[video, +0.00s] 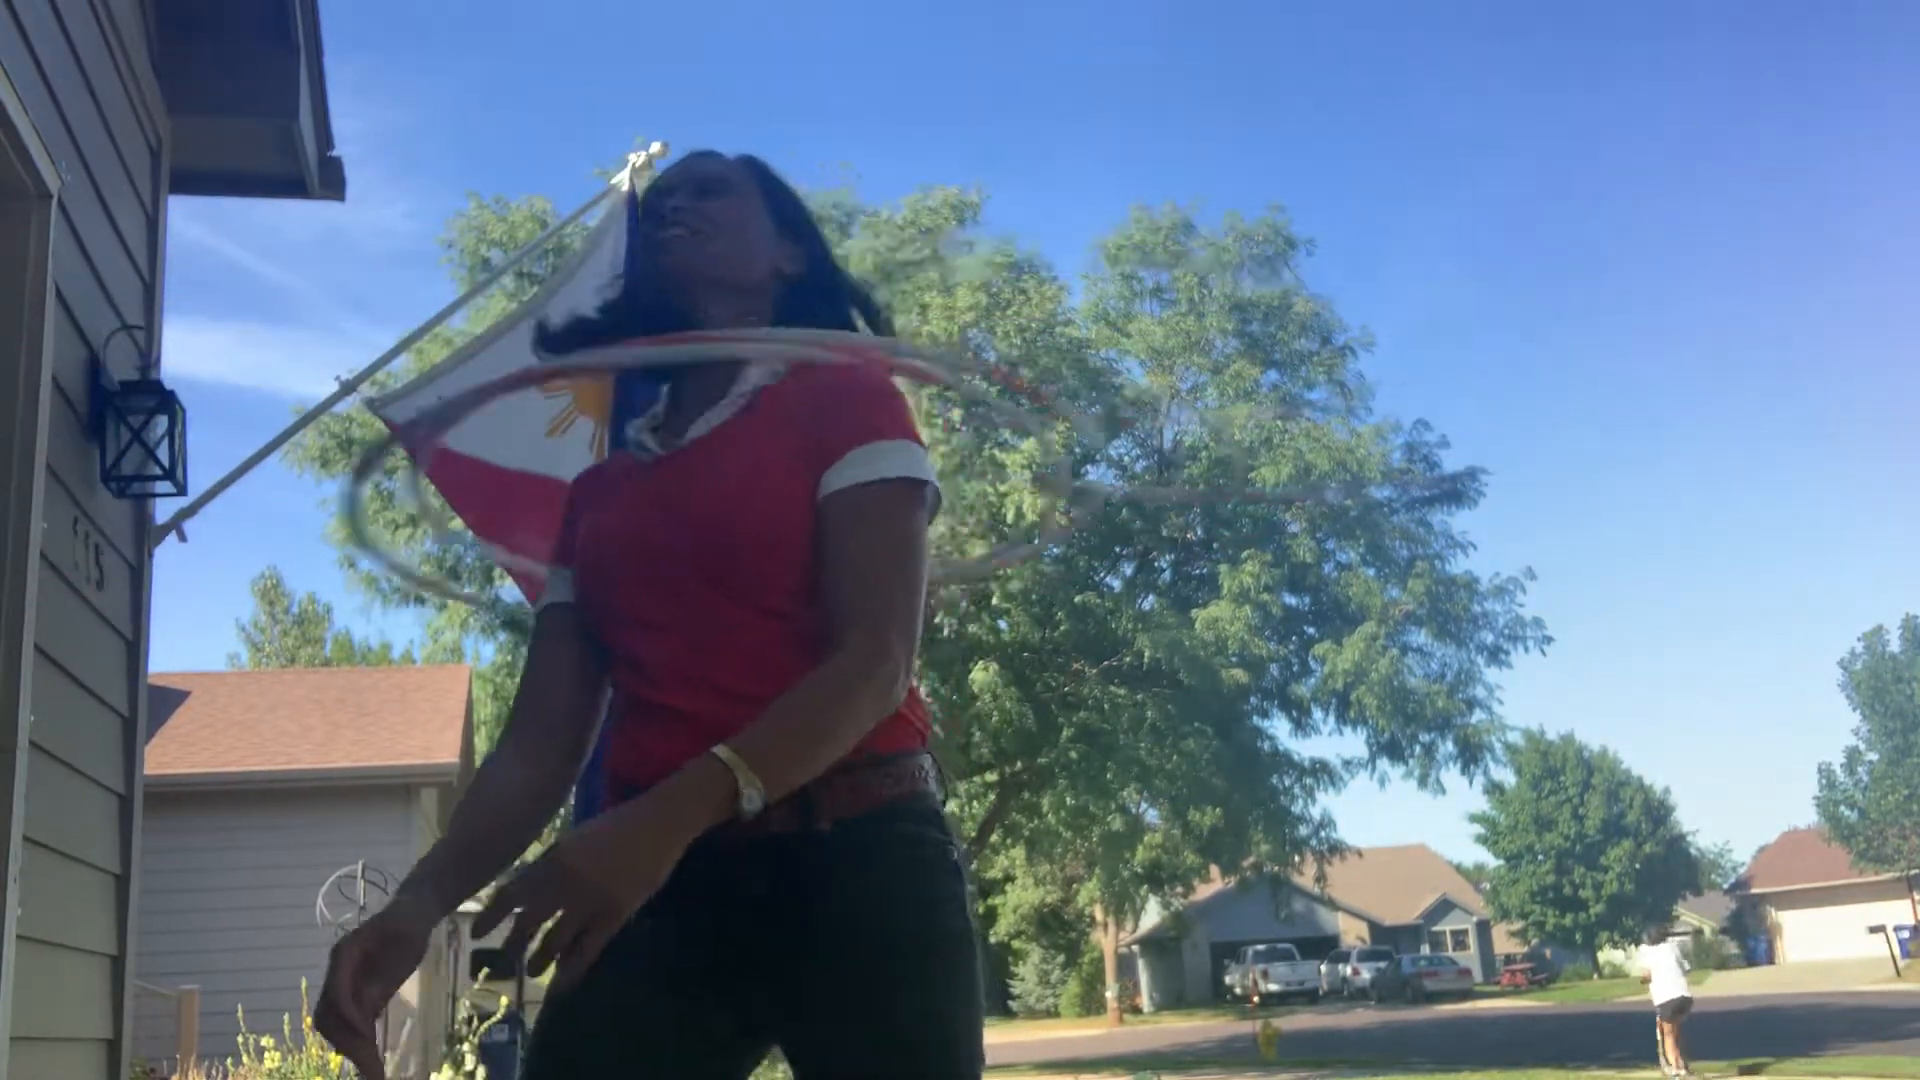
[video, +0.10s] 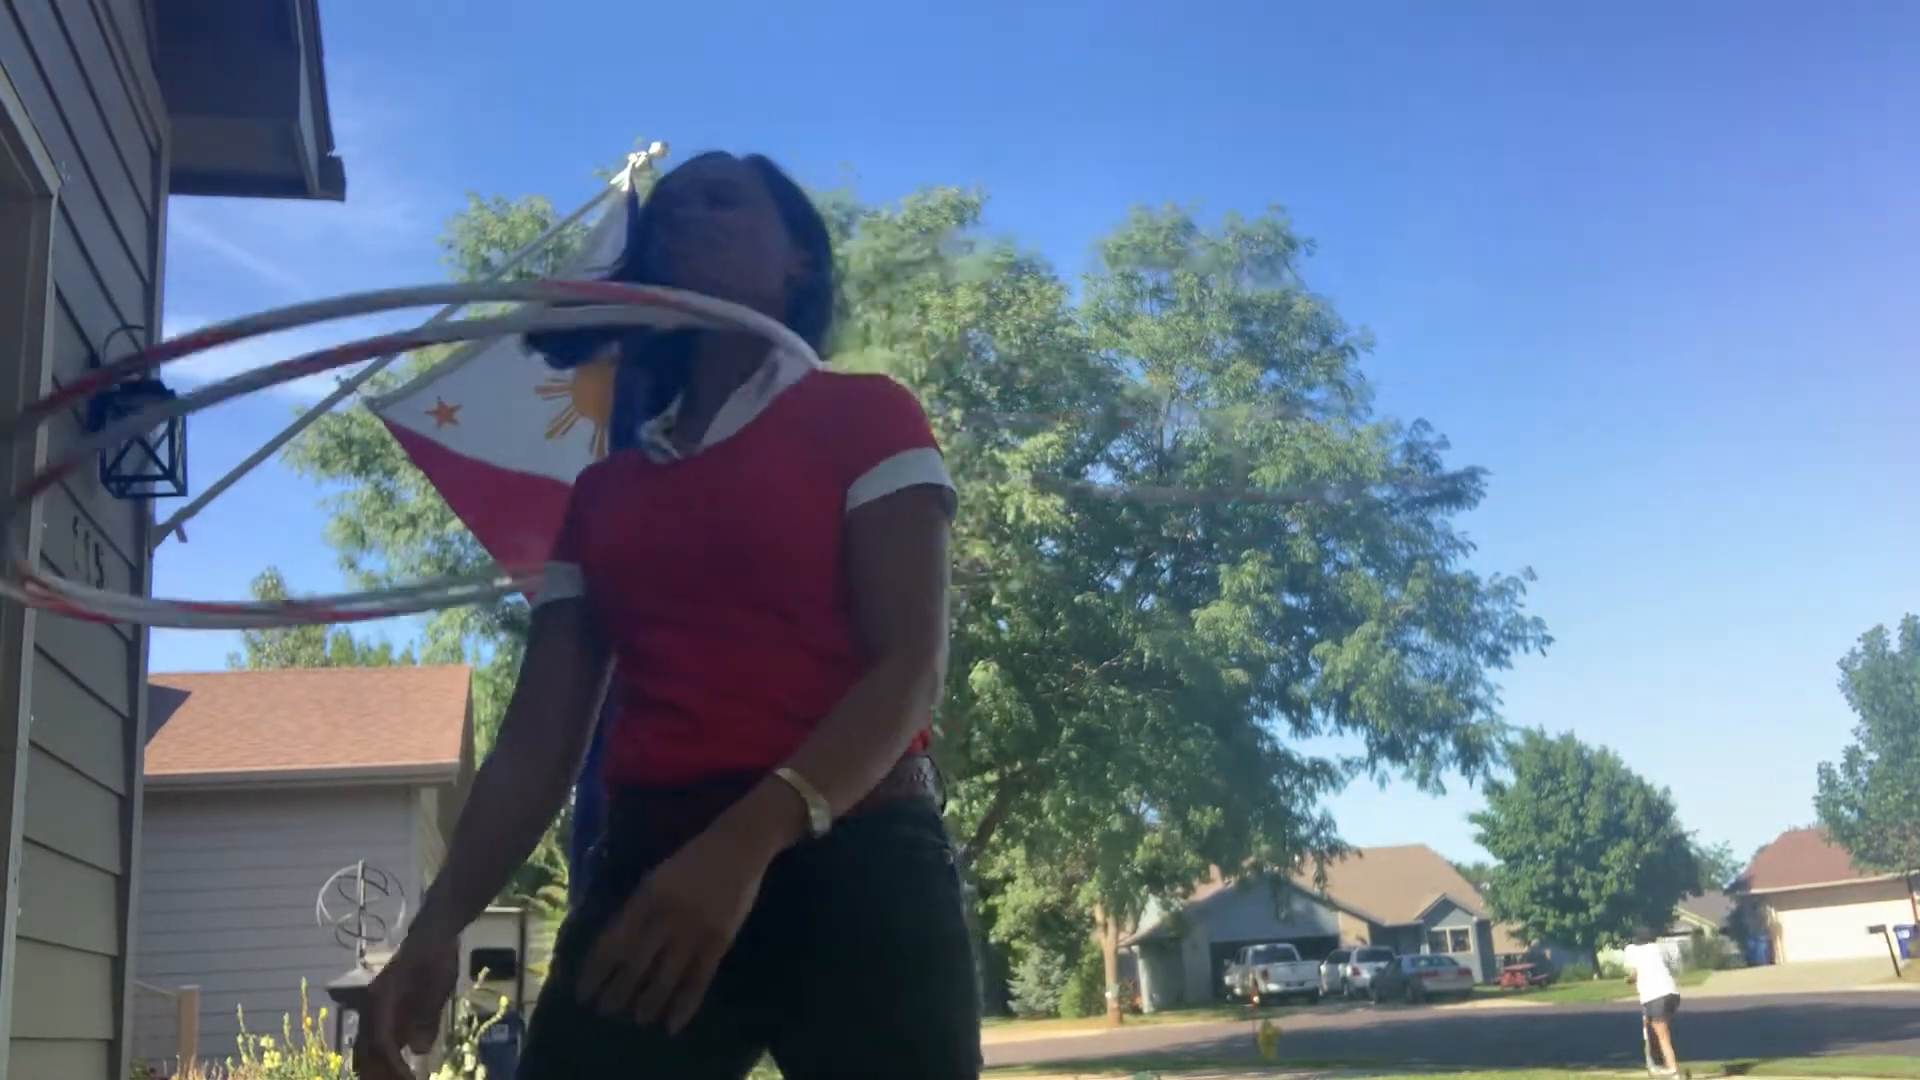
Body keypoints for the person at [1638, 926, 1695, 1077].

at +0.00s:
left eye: (1647, 936)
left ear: (1648, 937)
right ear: (1664, 935)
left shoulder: (1646, 951)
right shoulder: (1672, 946)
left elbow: (1646, 976)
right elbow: (1686, 967)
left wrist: (1644, 979)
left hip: (1666, 996)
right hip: (1684, 993)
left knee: (1669, 1034)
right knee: (1675, 1031)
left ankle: (1675, 1068)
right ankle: (1681, 1065)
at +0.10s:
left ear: (1635, 938)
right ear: (1651, 937)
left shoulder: (1632, 950)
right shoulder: (1657, 948)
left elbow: (1632, 975)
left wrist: (1630, 980)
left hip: (1654, 997)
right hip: (1672, 992)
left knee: (1664, 1039)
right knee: (1660, 1030)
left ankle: (1673, 1070)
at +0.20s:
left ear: (1624, 940)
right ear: (1638, 937)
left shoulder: (1624, 952)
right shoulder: (1647, 948)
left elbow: (1622, 975)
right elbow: (1659, 968)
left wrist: (1619, 980)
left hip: (1644, 993)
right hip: (1659, 990)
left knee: (1653, 1031)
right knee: (1645, 1027)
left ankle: (1669, 1064)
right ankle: (1658, 1063)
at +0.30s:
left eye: (1611, 941)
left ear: (1613, 939)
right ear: (1628, 936)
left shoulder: (1611, 950)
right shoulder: (1637, 946)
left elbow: (1611, 974)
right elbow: (1648, 969)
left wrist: (1612, 978)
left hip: (1631, 992)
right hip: (1648, 989)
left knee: (1639, 1029)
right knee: (1636, 1027)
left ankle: (1656, 1057)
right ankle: (1647, 1063)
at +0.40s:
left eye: (1600, 935)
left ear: (1600, 937)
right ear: (1615, 934)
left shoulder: (1598, 946)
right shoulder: (1627, 946)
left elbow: (1599, 963)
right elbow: (1639, 969)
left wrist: (1601, 976)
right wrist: (1624, 975)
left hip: (1618, 989)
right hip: (1635, 988)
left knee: (1622, 1026)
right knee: (1626, 1026)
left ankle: (1642, 1051)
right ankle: (1635, 1063)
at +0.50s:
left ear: (1591, 937)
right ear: (1606, 937)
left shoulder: (1588, 946)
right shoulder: (1615, 946)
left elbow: (1590, 965)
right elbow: (1627, 968)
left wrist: (1589, 978)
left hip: (1608, 988)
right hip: (1624, 987)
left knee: (1604, 1026)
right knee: (1614, 1026)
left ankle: (1625, 1052)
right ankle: (1619, 1062)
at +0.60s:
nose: (1573, 944)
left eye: (1574, 942)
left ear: (1577, 939)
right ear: (1591, 937)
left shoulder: (1577, 947)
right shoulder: (1602, 947)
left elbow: (1580, 963)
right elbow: (1614, 967)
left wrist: (1578, 976)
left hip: (1597, 988)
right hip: (1613, 987)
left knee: (1587, 1023)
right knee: (1602, 1025)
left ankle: (1602, 1060)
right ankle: (1612, 1060)